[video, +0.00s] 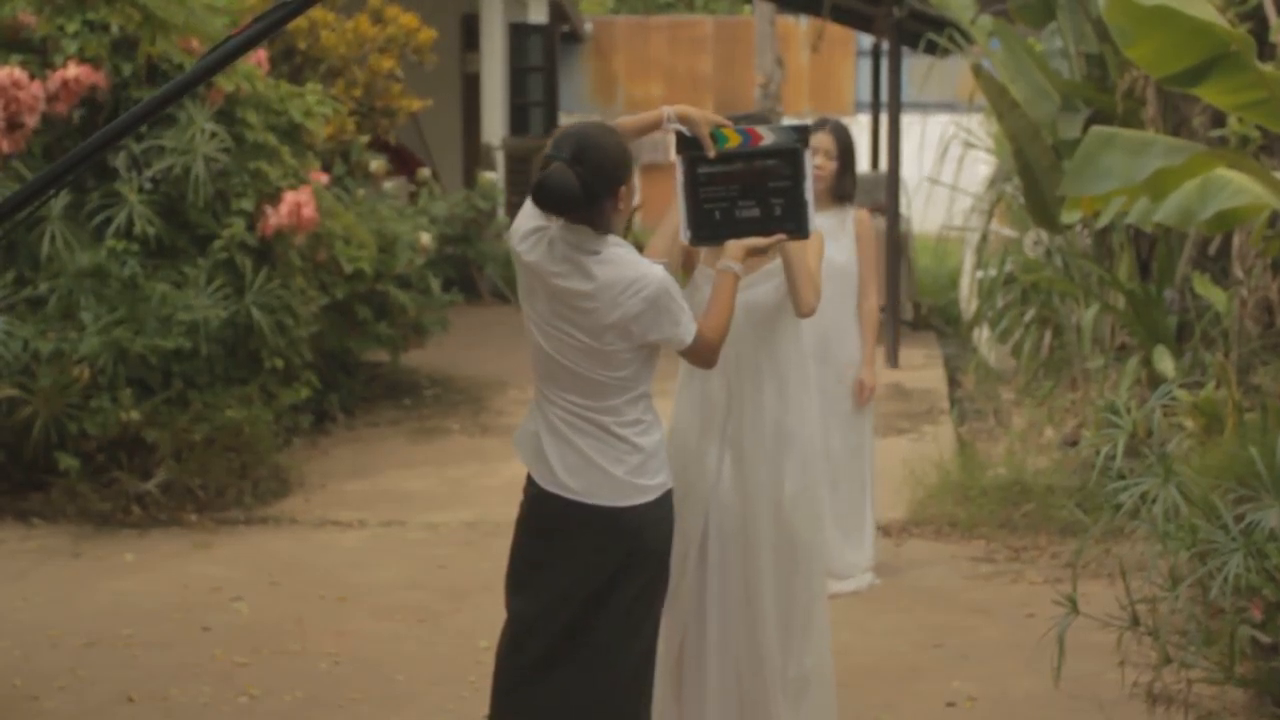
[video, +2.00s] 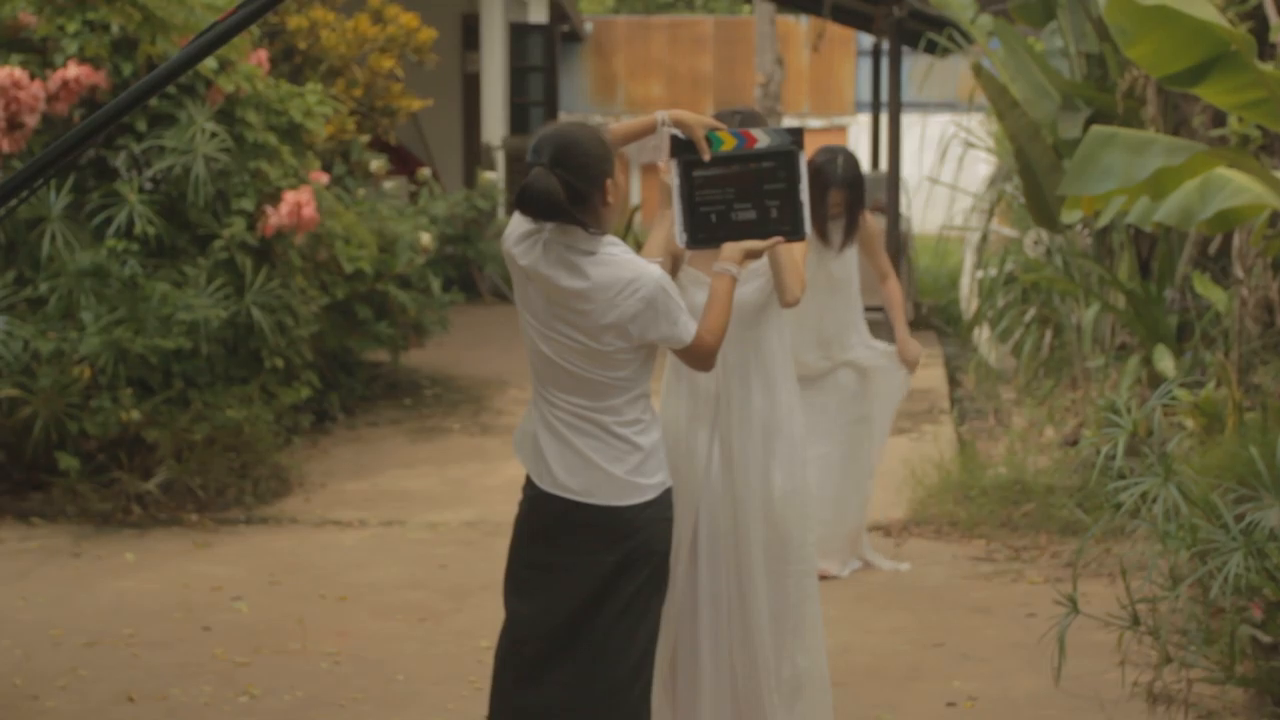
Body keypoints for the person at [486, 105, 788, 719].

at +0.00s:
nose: (636, 185)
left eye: (631, 175)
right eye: (632, 177)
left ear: (557, 182)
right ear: (621, 197)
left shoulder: (530, 241)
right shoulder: (639, 280)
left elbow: (567, 152)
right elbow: (703, 350)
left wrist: (663, 116)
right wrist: (730, 264)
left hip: (553, 489)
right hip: (632, 496)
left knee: (529, 651)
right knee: (619, 662)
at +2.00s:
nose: (625, 181)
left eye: (619, 170)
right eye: (620, 172)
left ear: (548, 181)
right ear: (608, 188)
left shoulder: (523, 243)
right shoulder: (635, 281)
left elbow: (563, 155)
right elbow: (701, 352)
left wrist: (659, 121)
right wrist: (727, 266)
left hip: (551, 488)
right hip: (629, 496)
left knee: (526, 654)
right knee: (618, 666)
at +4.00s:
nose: (586, 215)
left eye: (595, 197)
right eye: (567, 203)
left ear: (607, 191)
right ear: (527, 206)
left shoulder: (586, 265)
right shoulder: (519, 278)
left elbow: (560, 381)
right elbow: (485, 414)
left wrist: (614, 387)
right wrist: (591, 411)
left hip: (538, 501)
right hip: (489, 503)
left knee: (552, 678)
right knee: (523, 688)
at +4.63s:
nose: (408, 262)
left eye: (423, 234)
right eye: (387, 249)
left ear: (470, 223)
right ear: (375, 261)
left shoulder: (537, 326)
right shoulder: (361, 355)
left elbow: (568, 444)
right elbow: (337, 518)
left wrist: (605, 517)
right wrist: (442, 509)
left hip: (522, 619)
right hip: (415, 629)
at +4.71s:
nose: (401, 270)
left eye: (417, 242)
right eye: (381, 257)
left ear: (468, 227)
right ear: (369, 267)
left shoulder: (544, 349)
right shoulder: (354, 364)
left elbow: (579, 483)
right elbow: (321, 526)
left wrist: (599, 569)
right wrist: (408, 531)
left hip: (512, 649)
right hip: (395, 657)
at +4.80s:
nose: (378, 269)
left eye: (395, 242)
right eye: (361, 256)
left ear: (456, 228)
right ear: (352, 266)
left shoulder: (539, 362)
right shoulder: (340, 366)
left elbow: (583, 507)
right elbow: (306, 521)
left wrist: (588, 588)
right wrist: (353, 550)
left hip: (498, 670)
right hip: (373, 671)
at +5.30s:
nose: (36, 266)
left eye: (54, 228)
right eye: (27, 248)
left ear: (146, 208)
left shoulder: (283, 380)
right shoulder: (71, 392)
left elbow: (381, 594)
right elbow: (68, 575)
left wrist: (289, 701)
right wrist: (41, 650)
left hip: (235, 707)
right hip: (93, 705)